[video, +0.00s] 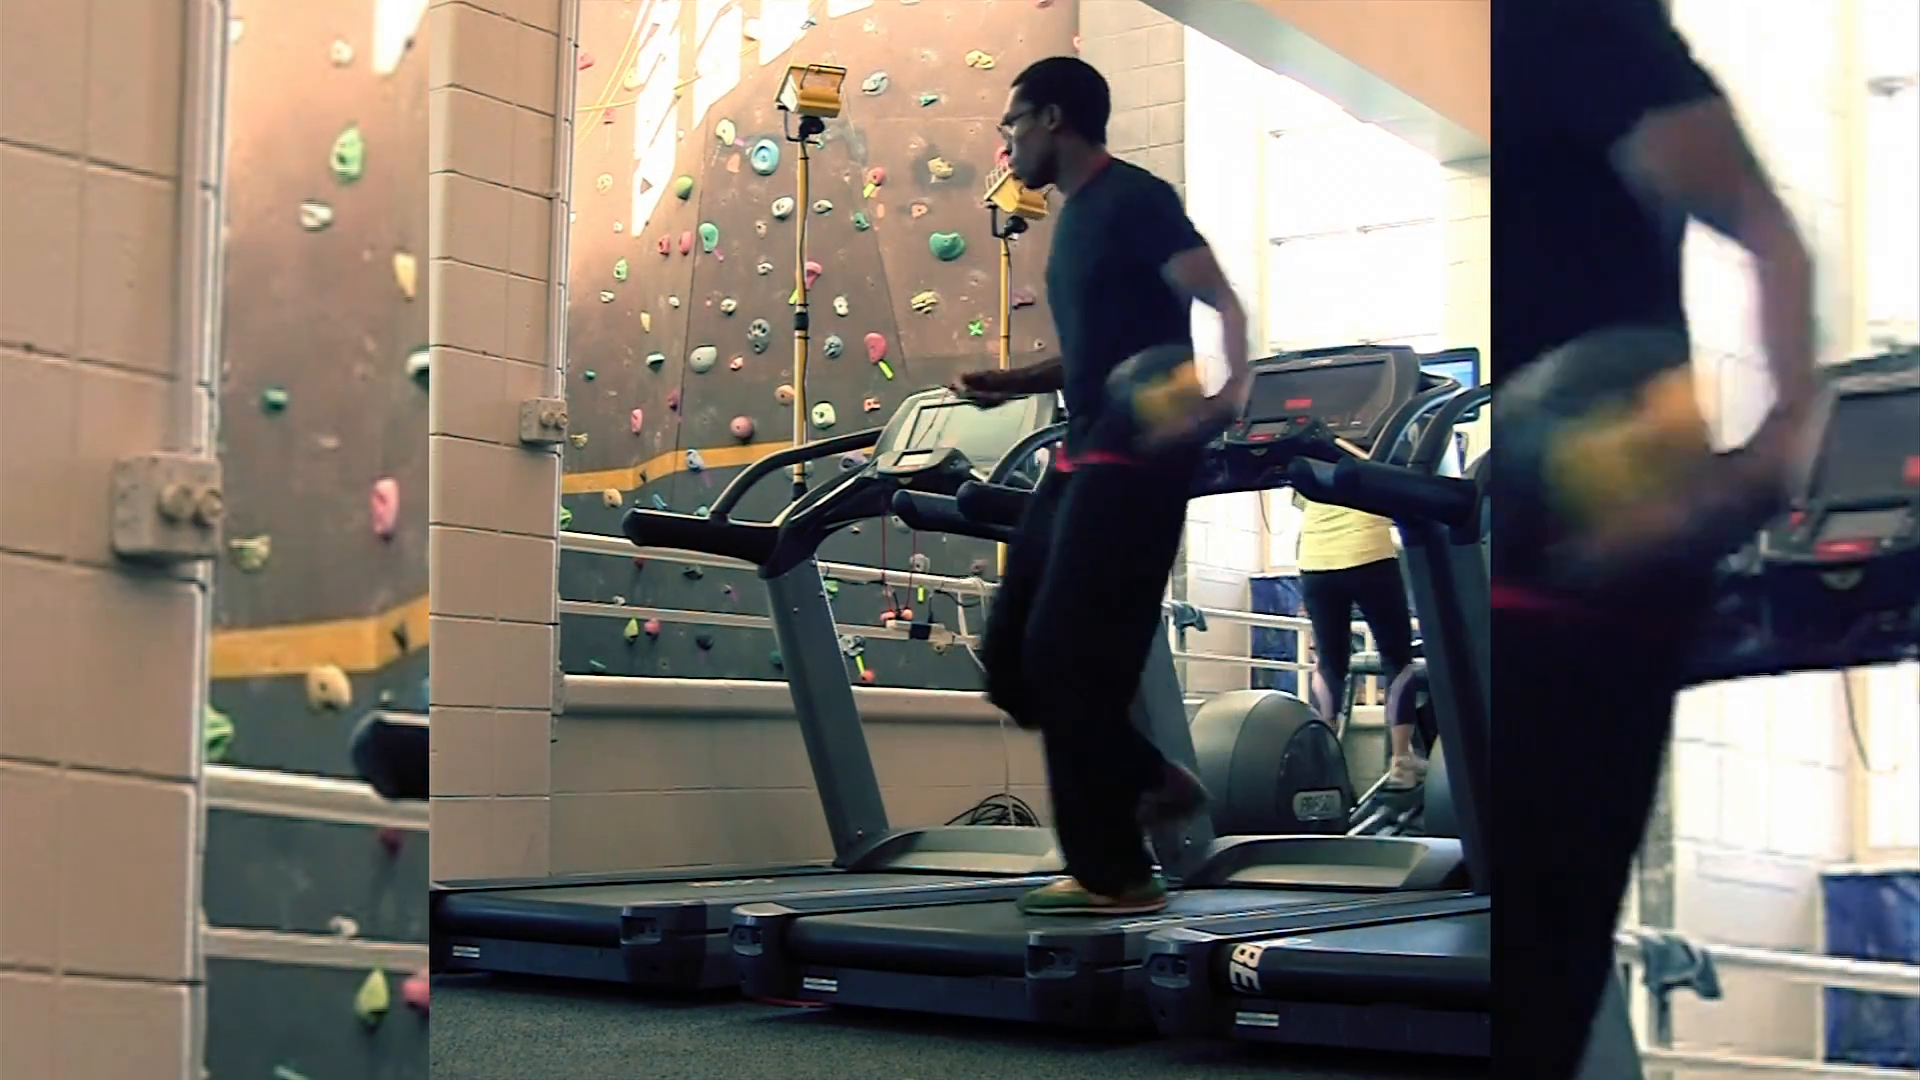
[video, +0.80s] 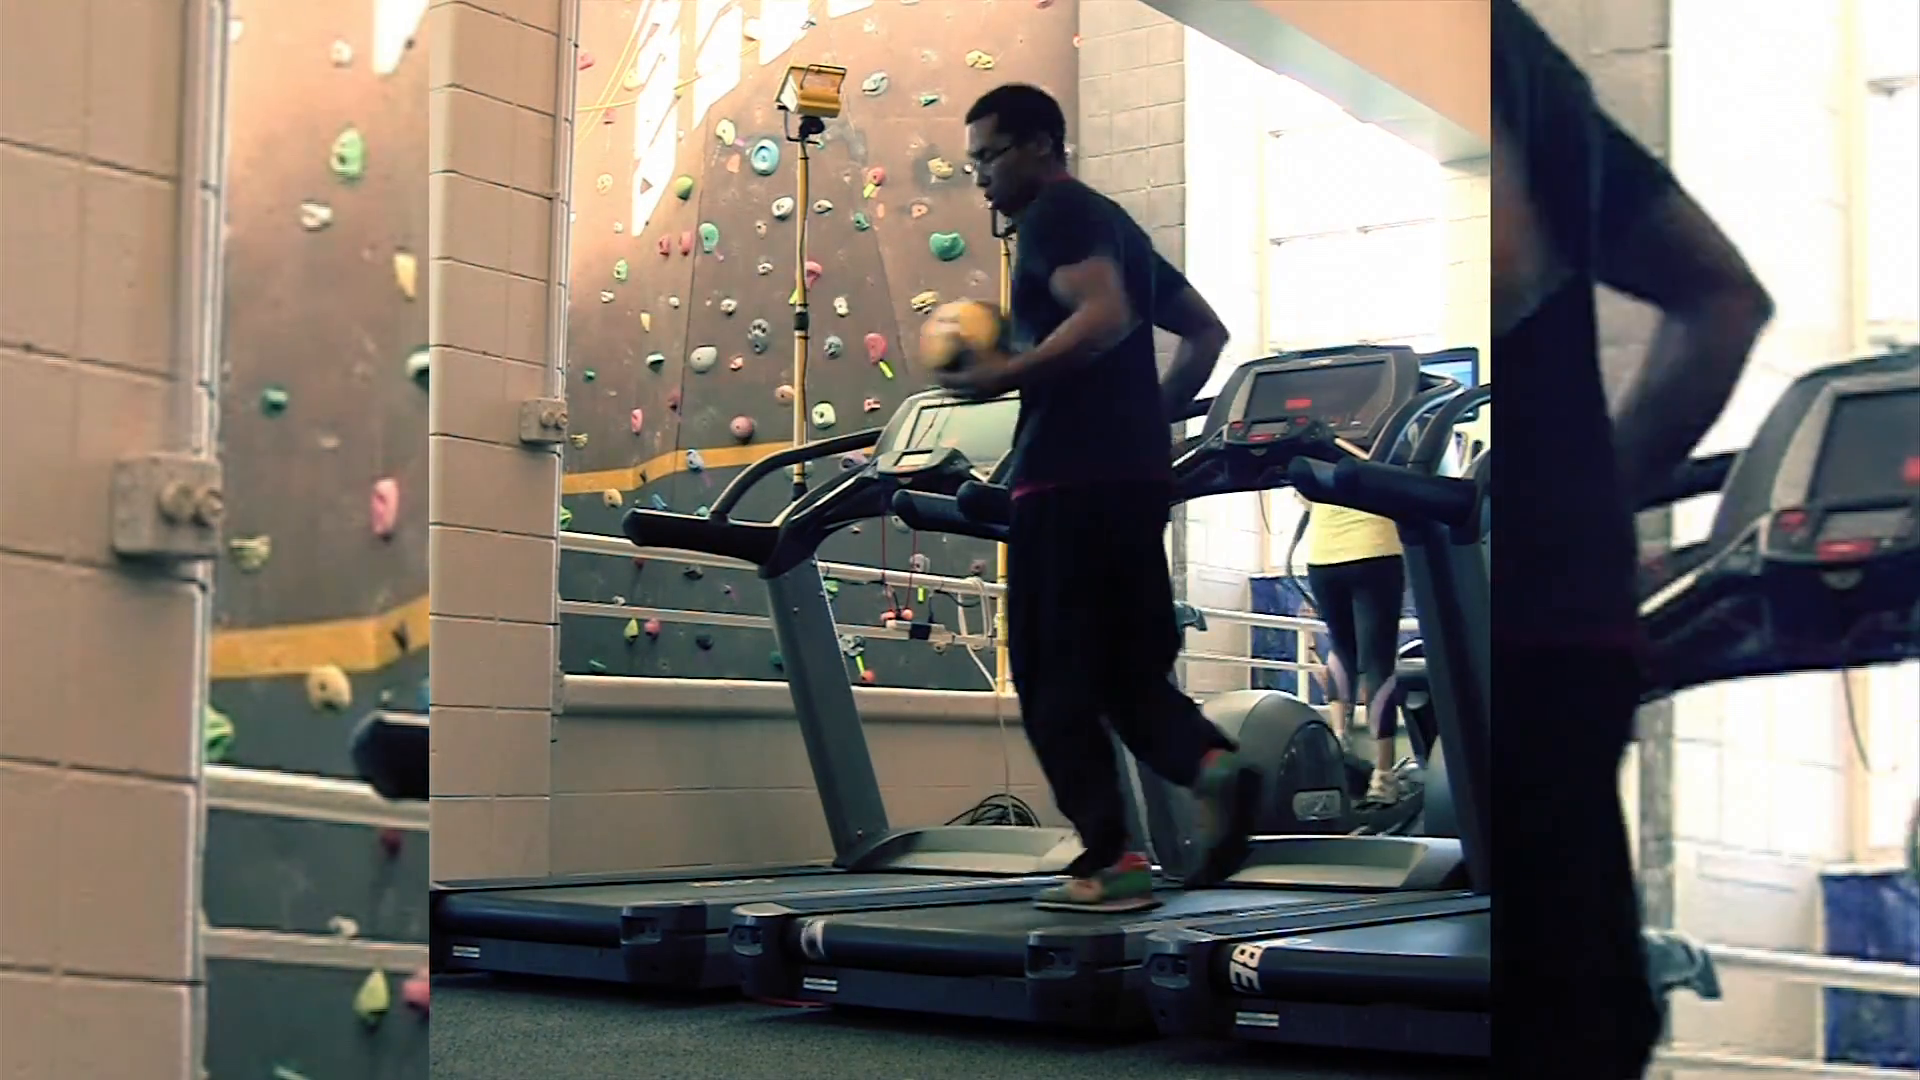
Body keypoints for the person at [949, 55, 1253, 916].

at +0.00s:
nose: (1003, 142)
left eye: (1013, 124)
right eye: (1004, 126)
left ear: (1055, 122)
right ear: (1057, 126)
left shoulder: (1133, 198)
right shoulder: (1076, 217)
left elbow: (1222, 301)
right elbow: (1098, 348)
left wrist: (1231, 391)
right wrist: (1013, 377)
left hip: (1134, 468)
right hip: (1078, 467)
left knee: (1070, 665)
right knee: (1011, 663)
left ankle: (1115, 878)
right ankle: (1159, 784)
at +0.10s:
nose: (1002, 131)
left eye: (1010, 113)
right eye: (1004, 115)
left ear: (1046, 109)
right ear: (1076, 111)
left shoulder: (1087, 190)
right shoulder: (1131, 190)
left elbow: (1108, 338)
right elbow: (1184, 326)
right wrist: (1088, 389)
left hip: (1097, 454)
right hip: (1145, 452)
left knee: (1029, 648)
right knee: (1129, 633)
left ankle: (1062, 866)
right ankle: (1197, 832)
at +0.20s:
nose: (1008, 139)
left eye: (1012, 121)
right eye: (1008, 124)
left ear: (1042, 112)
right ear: (1093, 115)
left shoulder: (1044, 206)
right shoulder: (1172, 197)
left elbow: (975, 343)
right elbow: (1240, 311)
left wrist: (851, 400)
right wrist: (1173, 358)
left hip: (1079, 454)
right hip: (1172, 453)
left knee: (1023, 629)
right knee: (1176, 644)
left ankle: (1014, 837)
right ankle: (1197, 842)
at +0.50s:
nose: (1013, 169)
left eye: (1019, 151)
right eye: (1013, 153)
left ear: (1056, 144)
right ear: (1098, 147)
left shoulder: (1028, 223)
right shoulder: (1177, 222)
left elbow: (940, 343)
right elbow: (1232, 355)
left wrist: (818, 384)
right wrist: (1161, 389)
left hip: (1061, 464)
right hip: (1154, 467)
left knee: (1069, 653)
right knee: (1146, 674)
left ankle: (1033, 791)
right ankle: (1071, 861)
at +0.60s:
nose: (994, 164)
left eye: (1000, 145)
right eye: (993, 148)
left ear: (1043, 136)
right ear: (1079, 139)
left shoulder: (1024, 218)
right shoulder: (1164, 213)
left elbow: (976, 352)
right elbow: (1205, 345)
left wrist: (844, 376)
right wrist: (1127, 374)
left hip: (1070, 460)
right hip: (1161, 454)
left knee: (1081, 654)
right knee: (1107, 655)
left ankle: (1141, 840)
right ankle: (1029, 833)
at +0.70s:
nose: (982, 179)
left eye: (989, 158)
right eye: (979, 162)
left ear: (1034, 148)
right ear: (1060, 152)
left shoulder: (1032, 224)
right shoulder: (1146, 226)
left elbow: (1035, 359)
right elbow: (1207, 348)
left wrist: (905, 387)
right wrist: (1138, 400)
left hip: (1077, 481)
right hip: (1164, 477)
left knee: (1089, 672)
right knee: (1149, 659)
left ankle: (1168, 845)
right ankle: (1098, 787)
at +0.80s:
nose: (978, 176)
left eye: (988, 156)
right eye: (973, 161)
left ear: (1037, 149)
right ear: (1053, 158)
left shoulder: (1054, 212)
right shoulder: (1111, 223)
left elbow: (1106, 313)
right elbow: (1205, 333)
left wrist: (1007, 370)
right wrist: (1153, 414)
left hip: (1066, 481)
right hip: (1133, 479)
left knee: (1050, 675)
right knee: (1126, 667)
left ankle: (1110, 858)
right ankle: (1214, 770)